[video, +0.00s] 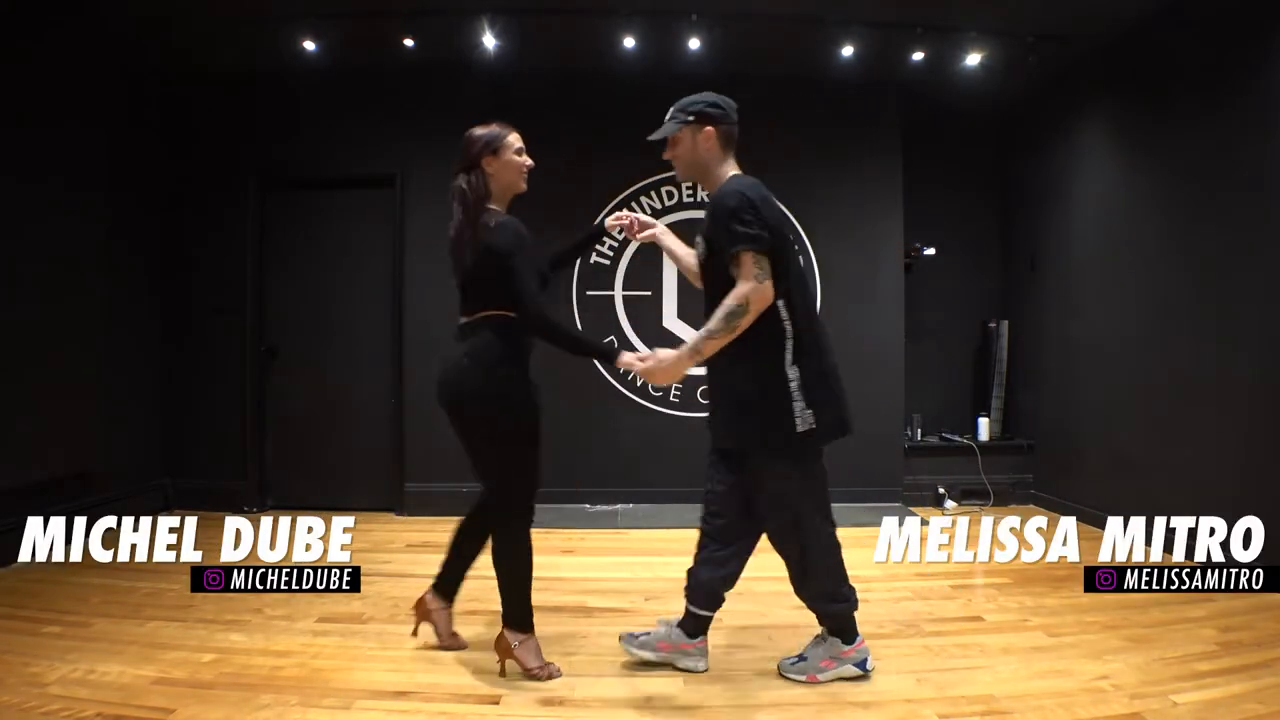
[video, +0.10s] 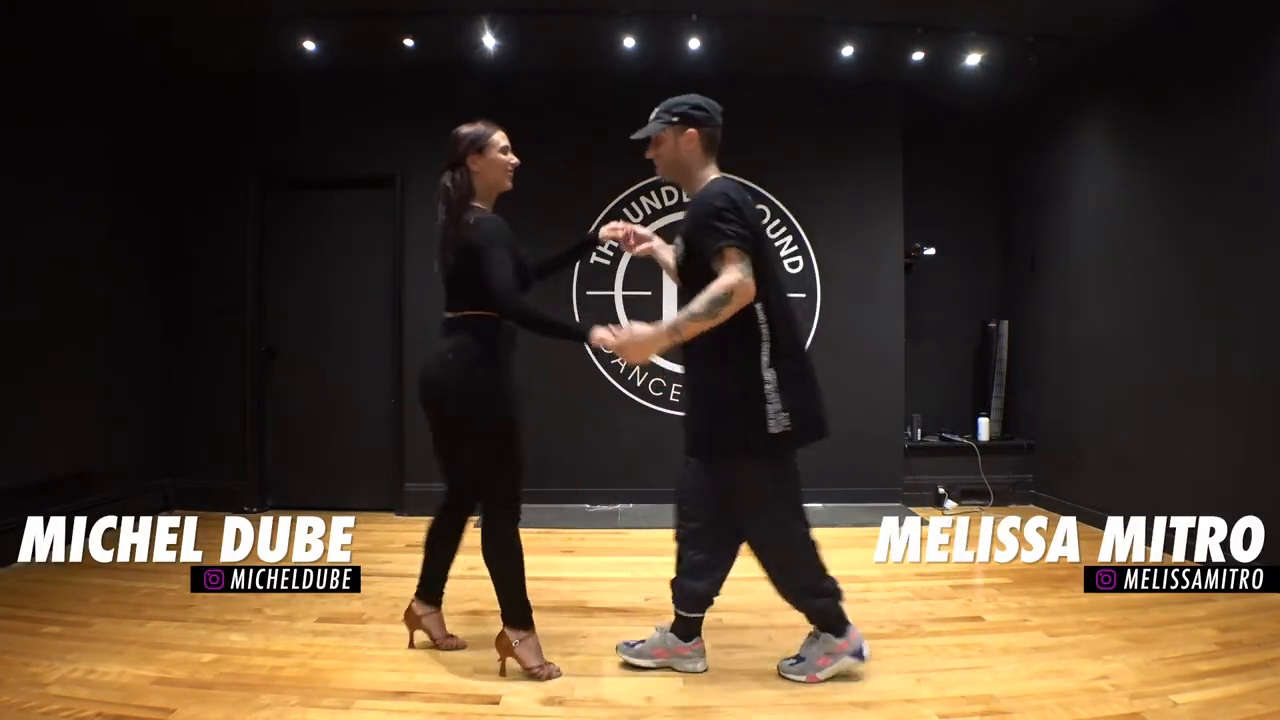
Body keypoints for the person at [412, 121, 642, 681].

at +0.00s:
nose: (529, 161)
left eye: (526, 152)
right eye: (518, 153)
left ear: (490, 168)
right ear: (486, 165)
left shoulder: (471, 228)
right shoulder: (506, 231)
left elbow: (536, 274)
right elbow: (533, 316)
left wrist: (593, 232)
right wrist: (605, 352)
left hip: (468, 364)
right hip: (499, 367)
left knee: (498, 490)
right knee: (515, 497)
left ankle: (439, 597)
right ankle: (518, 632)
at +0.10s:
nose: (514, 160)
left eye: (511, 151)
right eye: (503, 151)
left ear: (481, 166)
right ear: (472, 164)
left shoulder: (467, 222)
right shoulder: (484, 225)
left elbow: (524, 276)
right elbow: (511, 304)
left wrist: (591, 242)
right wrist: (585, 333)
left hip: (452, 363)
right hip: (480, 366)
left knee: (462, 490)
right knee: (502, 499)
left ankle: (426, 603)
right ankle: (519, 630)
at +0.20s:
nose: (501, 159)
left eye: (498, 151)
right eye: (489, 151)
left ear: (468, 164)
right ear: (457, 162)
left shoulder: (470, 221)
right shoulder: (462, 221)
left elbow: (518, 275)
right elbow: (482, 291)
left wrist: (588, 266)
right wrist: (567, 304)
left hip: (442, 359)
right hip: (461, 361)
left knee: (447, 483)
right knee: (500, 482)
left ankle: (424, 603)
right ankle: (487, 619)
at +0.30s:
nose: (478, 166)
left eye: (477, 157)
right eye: (468, 156)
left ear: (452, 168)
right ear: (436, 166)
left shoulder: (459, 230)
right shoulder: (422, 226)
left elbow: (501, 305)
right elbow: (466, 276)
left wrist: (566, 327)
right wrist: (545, 250)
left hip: (442, 370)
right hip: (422, 371)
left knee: (466, 487)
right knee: (458, 483)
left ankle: (419, 597)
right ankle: (421, 599)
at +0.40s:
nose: (464, 167)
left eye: (464, 159)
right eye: (453, 158)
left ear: (446, 172)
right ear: (420, 168)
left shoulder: (456, 237)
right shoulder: (399, 225)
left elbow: (487, 321)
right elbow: (450, 262)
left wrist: (547, 357)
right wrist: (531, 227)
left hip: (440, 371)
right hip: (405, 370)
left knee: (442, 488)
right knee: (441, 485)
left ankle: (426, 605)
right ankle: (370, 589)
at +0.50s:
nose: (445, 165)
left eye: (445, 158)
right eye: (433, 157)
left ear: (433, 172)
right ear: (401, 167)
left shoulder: (443, 238)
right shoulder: (375, 225)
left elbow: (459, 324)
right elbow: (432, 266)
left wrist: (509, 366)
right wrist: (512, 233)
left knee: (437, 489)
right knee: (378, 496)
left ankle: (424, 605)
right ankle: (309, 582)